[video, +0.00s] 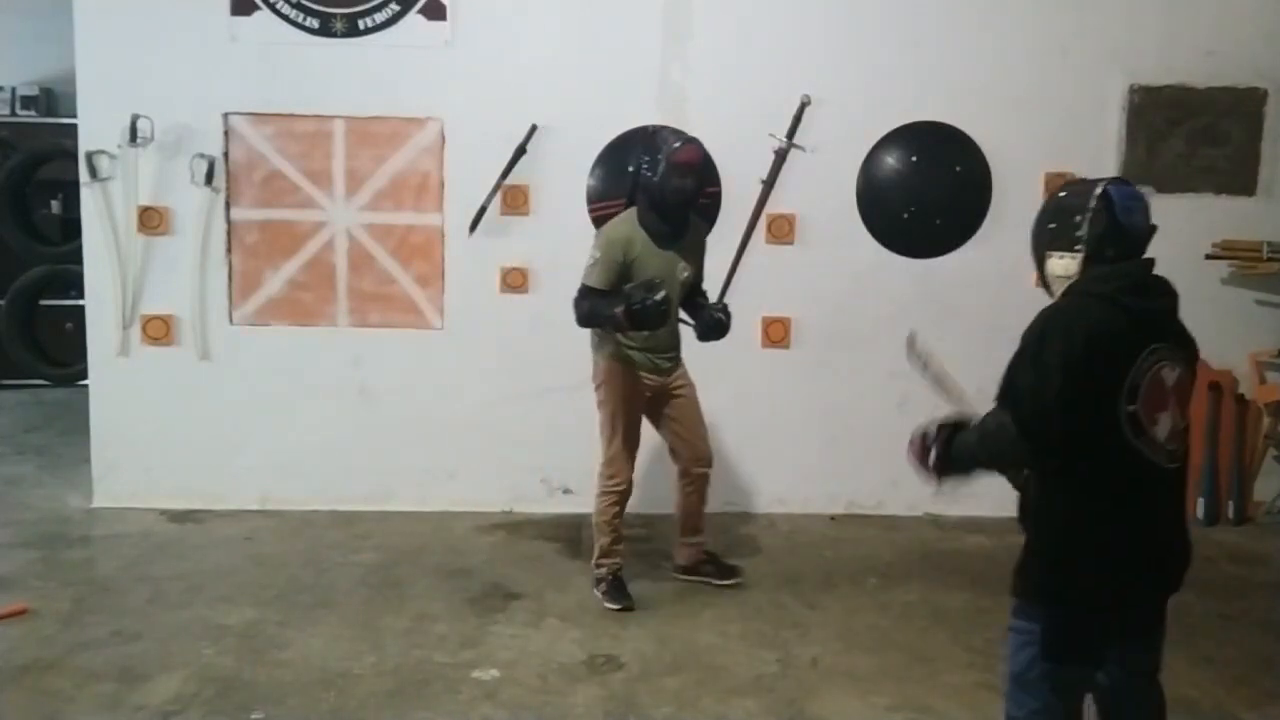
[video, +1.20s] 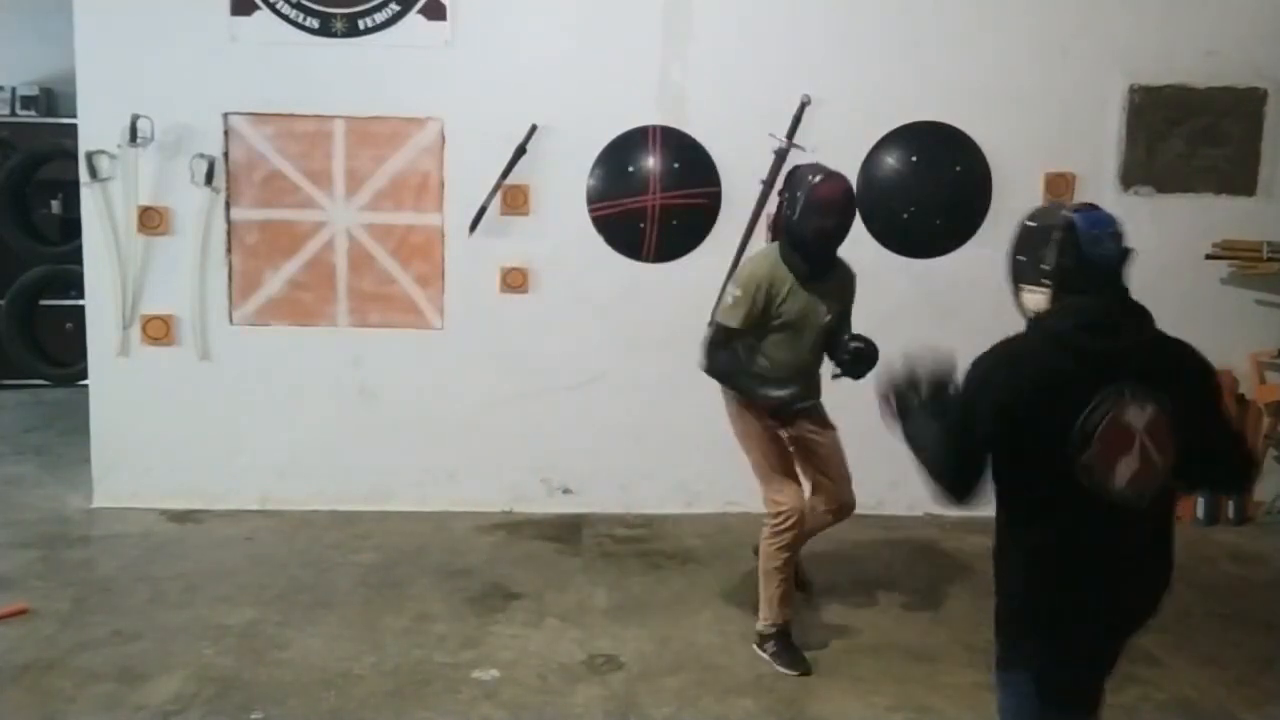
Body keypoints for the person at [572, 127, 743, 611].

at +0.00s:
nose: (687, 189)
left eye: (693, 181)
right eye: (678, 178)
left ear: (699, 189)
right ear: (654, 182)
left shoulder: (693, 235)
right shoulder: (618, 235)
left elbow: (689, 293)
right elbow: (585, 306)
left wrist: (707, 316)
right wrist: (627, 313)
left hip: (669, 367)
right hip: (619, 366)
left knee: (696, 459)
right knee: (617, 472)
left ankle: (690, 555)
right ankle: (607, 570)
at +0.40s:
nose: (757, 192)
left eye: (762, 183)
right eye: (747, 181)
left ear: (766, 186)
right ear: (718, 182)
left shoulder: (760, 239)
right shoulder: (687, 236)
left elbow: (765, 298)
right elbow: (652, 308)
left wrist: (779, 321)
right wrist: (692, 312)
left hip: (738, 378)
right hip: (687, 377)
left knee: (759, 468)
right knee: (673, 477)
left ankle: (745, 566)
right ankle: (620, 564)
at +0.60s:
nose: (785, 189)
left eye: (792, 179)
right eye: (776, 177)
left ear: (798, 182)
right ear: (748, 176)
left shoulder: (794, 235)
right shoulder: (714, 233)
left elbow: (805, 292)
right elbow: (679, 305)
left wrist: (821, 312)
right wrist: (719, 306)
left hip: (762, 368)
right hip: (713, 363)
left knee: (769, 467)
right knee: (726, 464)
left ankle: (747, 568)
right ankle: (692, 575)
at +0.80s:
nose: (802, 202)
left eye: (811, 193)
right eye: (793, 190)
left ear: (818, 198)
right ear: (767, 188)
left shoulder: (813, 251)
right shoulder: (733, 244)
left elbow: (835, 314)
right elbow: (708, 319)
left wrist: (836, 306)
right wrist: (763, 304)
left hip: (775, 375)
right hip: (727, 371)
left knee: (787, 482)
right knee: (761, 481)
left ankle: (751, 567)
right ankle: (738, 596)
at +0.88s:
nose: (810, 221)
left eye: (818, 212)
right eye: (803, 208)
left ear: (823, 215)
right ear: (776, 203)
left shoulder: (810, 259)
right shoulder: (748, 253)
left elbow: (851, 331)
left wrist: (837, 290)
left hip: (773, 382)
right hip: (727, 377)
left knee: (796, 493)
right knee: (772, 487)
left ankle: (754, 567)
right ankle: (742, 589)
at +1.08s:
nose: (831, 244)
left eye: (837, 234)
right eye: (822, 231)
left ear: (840, 234)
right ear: (791, 226)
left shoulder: (825, 285)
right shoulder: (758, 278)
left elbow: (845, 360)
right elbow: (762, 363)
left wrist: (859, 333)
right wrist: (821, 346)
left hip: (789, 400)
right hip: (741, 400)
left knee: (825, 510)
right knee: (788, 507)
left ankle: (760, 557)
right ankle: (770, 629)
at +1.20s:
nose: (830, 233)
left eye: (839, 223)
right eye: (821, 220)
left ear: (845, 226)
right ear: (793, 217)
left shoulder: (839, 279)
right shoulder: (760, 270)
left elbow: (836, 340)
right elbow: (716, 353)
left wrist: (852, 354)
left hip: (805, 405)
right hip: (751, 406)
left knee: (837, 501)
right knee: (786, 508)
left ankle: (780, 548)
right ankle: (772, 629)